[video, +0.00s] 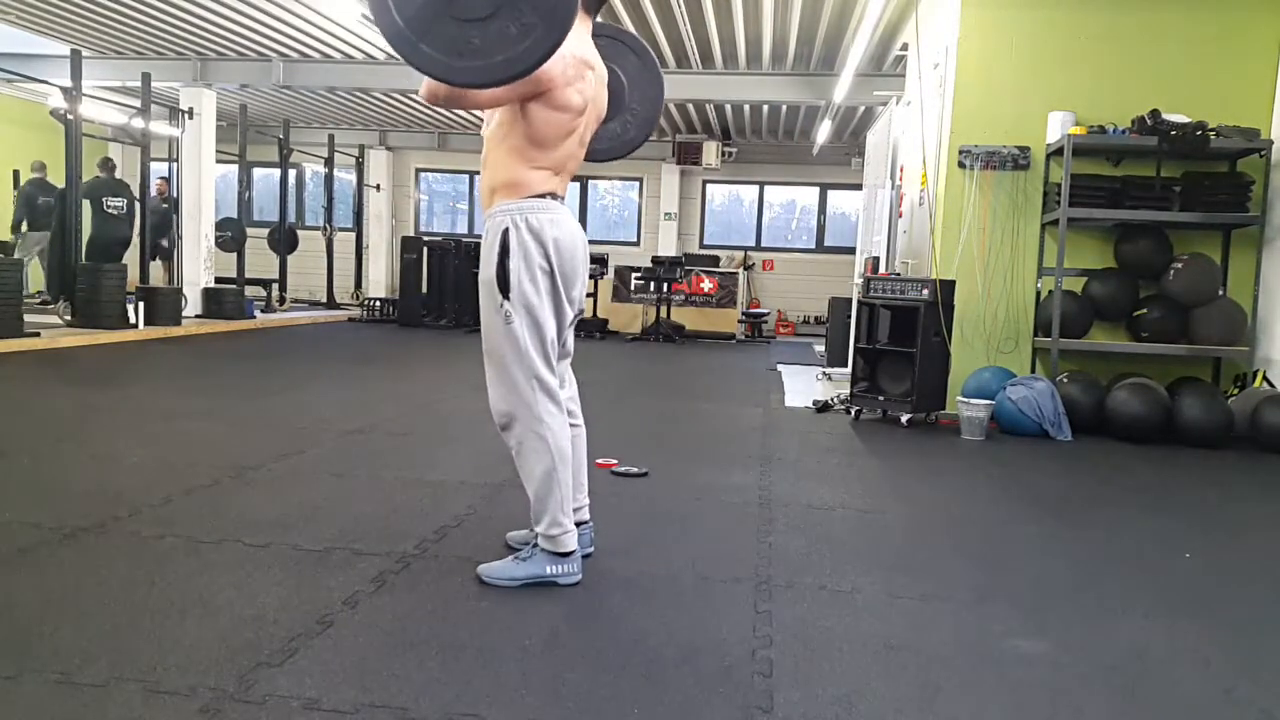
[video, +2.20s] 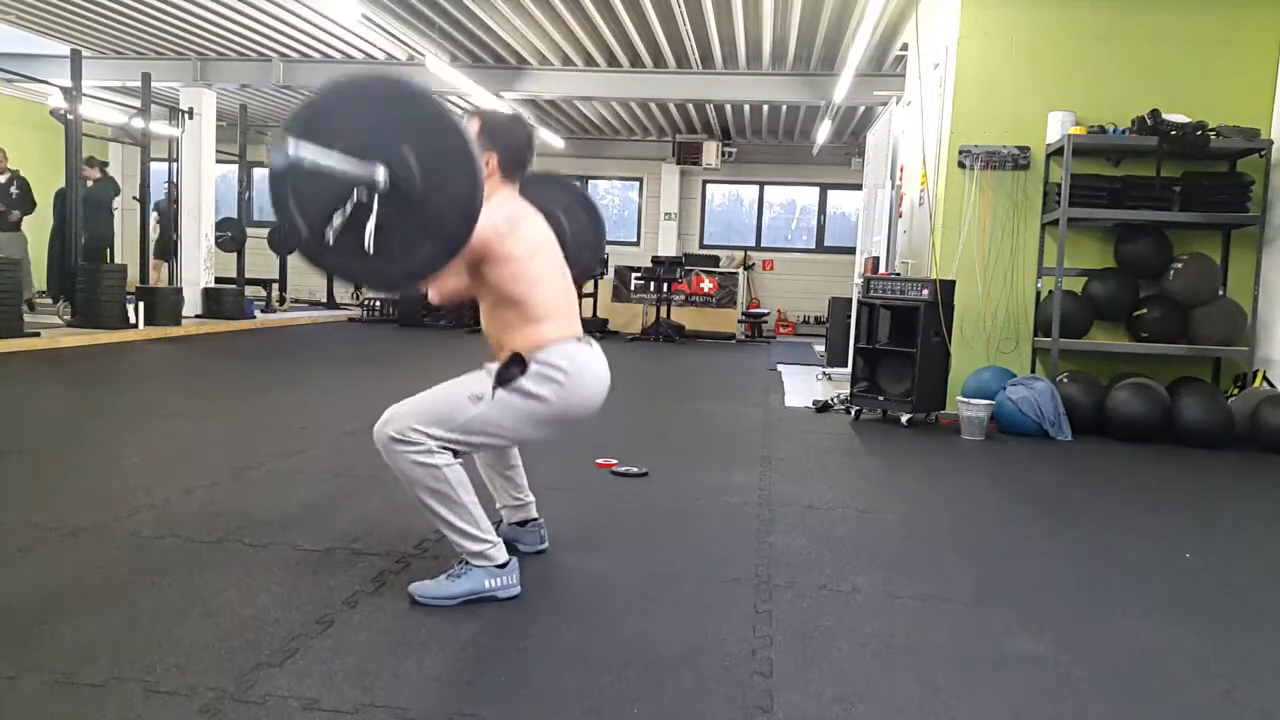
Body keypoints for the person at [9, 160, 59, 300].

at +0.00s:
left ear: (31, 171)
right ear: (45, 171)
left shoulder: (27, 187)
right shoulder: (54, 189)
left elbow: (20, 210)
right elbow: (60, 211)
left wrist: (15, 229)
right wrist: (57, 228)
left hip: (34, 232)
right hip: (51, 232)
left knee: (19, 261)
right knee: (49, 265)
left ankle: (20, 291)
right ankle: (50, 293)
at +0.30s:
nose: (28, 173)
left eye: (26, 171)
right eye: (28, 171)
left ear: (13, 170)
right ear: (27, 171)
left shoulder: (3, 186)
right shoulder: (33, 189)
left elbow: (2, 210)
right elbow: (41, 213)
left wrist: (6, 223)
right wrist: (45, 232)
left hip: (10, 230)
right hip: (32, 231)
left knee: (9, 267)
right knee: (39, 265)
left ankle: (9, 299)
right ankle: (44, 296)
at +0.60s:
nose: (24, 169)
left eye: (24, 166)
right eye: (23, 166)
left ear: (8, 166)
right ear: (19, 167)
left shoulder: (3, 181)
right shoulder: (13, 185)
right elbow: (19, 210)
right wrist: (27, 231)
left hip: (3, 228)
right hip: (12, 230)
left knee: (5, 263)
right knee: (20, 263)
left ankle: (5, 291)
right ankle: (20, 289)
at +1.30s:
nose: (13, 165)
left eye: (14, 162)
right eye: (9, 162)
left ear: (17, 163)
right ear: (1, 164)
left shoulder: (24, 184)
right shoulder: (1, 183)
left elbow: (32, 204)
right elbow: (1, 209)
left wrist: (28, 214)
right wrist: (12, 214)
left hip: (18, 232)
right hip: (3, 232)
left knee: (25, 266)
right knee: (2, 269)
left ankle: (26, 297)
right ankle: (3, 298)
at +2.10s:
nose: (3, 167)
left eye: (6, 164)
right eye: (1, 164)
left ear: (12, 164)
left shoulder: (24, 184)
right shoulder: (0, 184)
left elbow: (36, 206)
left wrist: (20, 210)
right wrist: (2, 209)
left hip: (19, 236)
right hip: (3, 235)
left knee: (26, 270)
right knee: (4, 272)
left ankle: (35, 300)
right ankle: (5, 303)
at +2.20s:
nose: (1, 163)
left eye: (2, 160)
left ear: (6, 160)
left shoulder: (18, 180)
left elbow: (31, 203)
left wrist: (19, 213)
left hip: (13, 231)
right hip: (3, 231)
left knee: (22, 265)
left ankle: (28, 296)